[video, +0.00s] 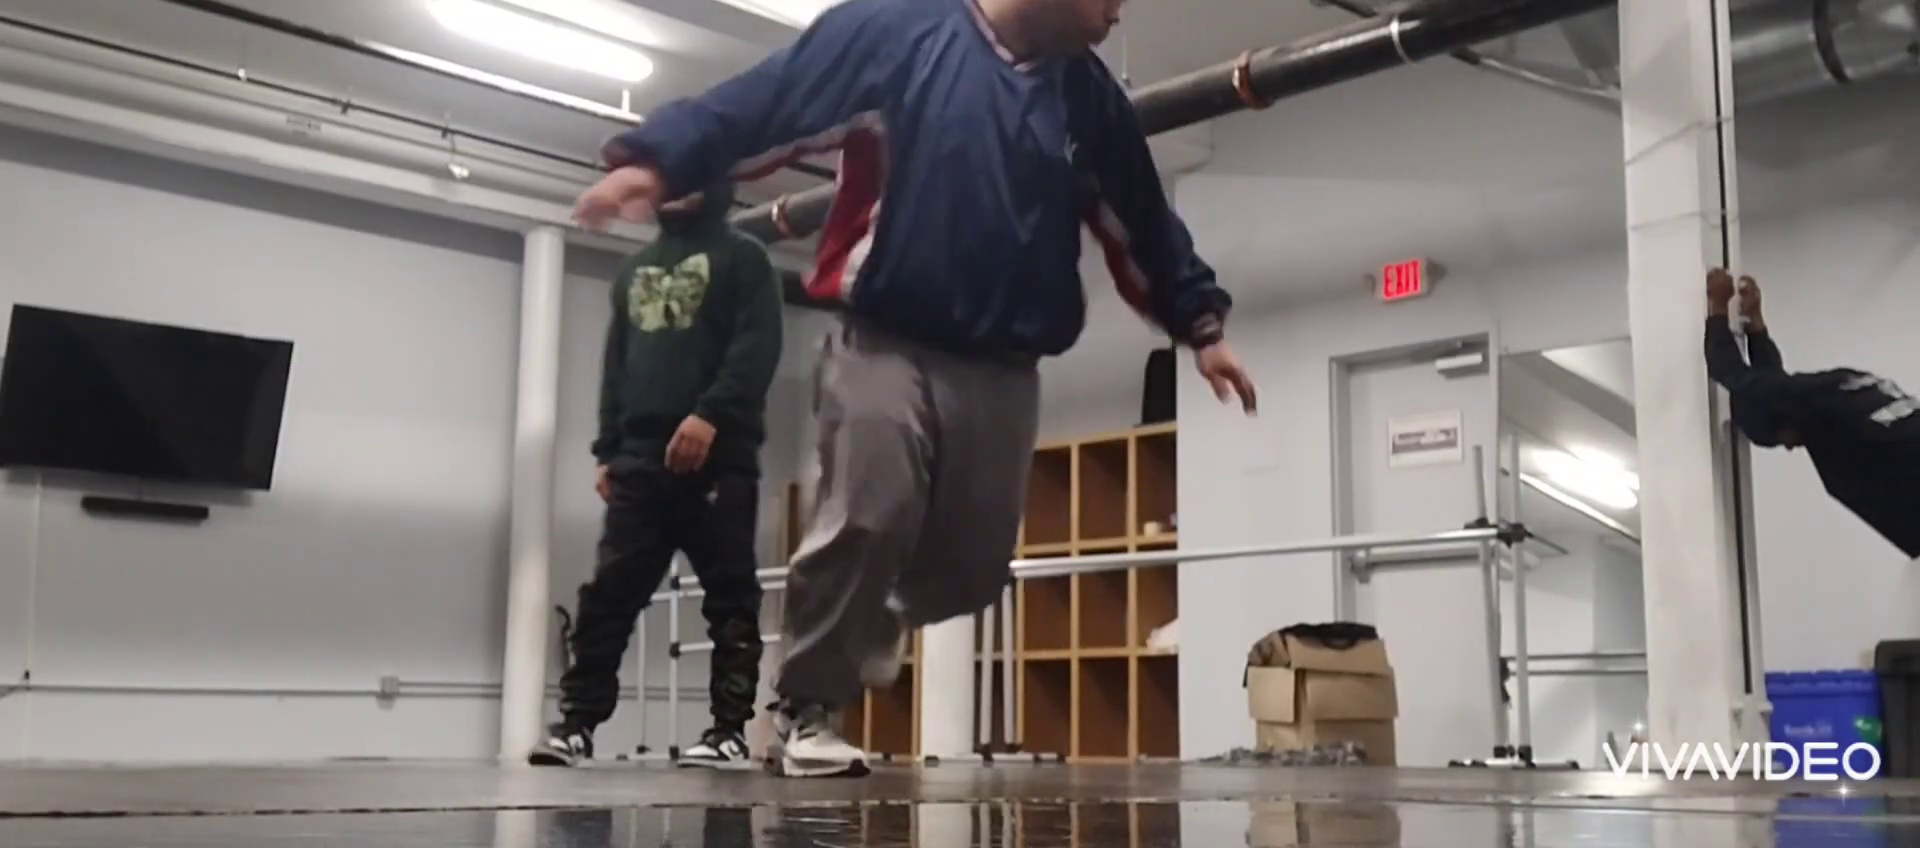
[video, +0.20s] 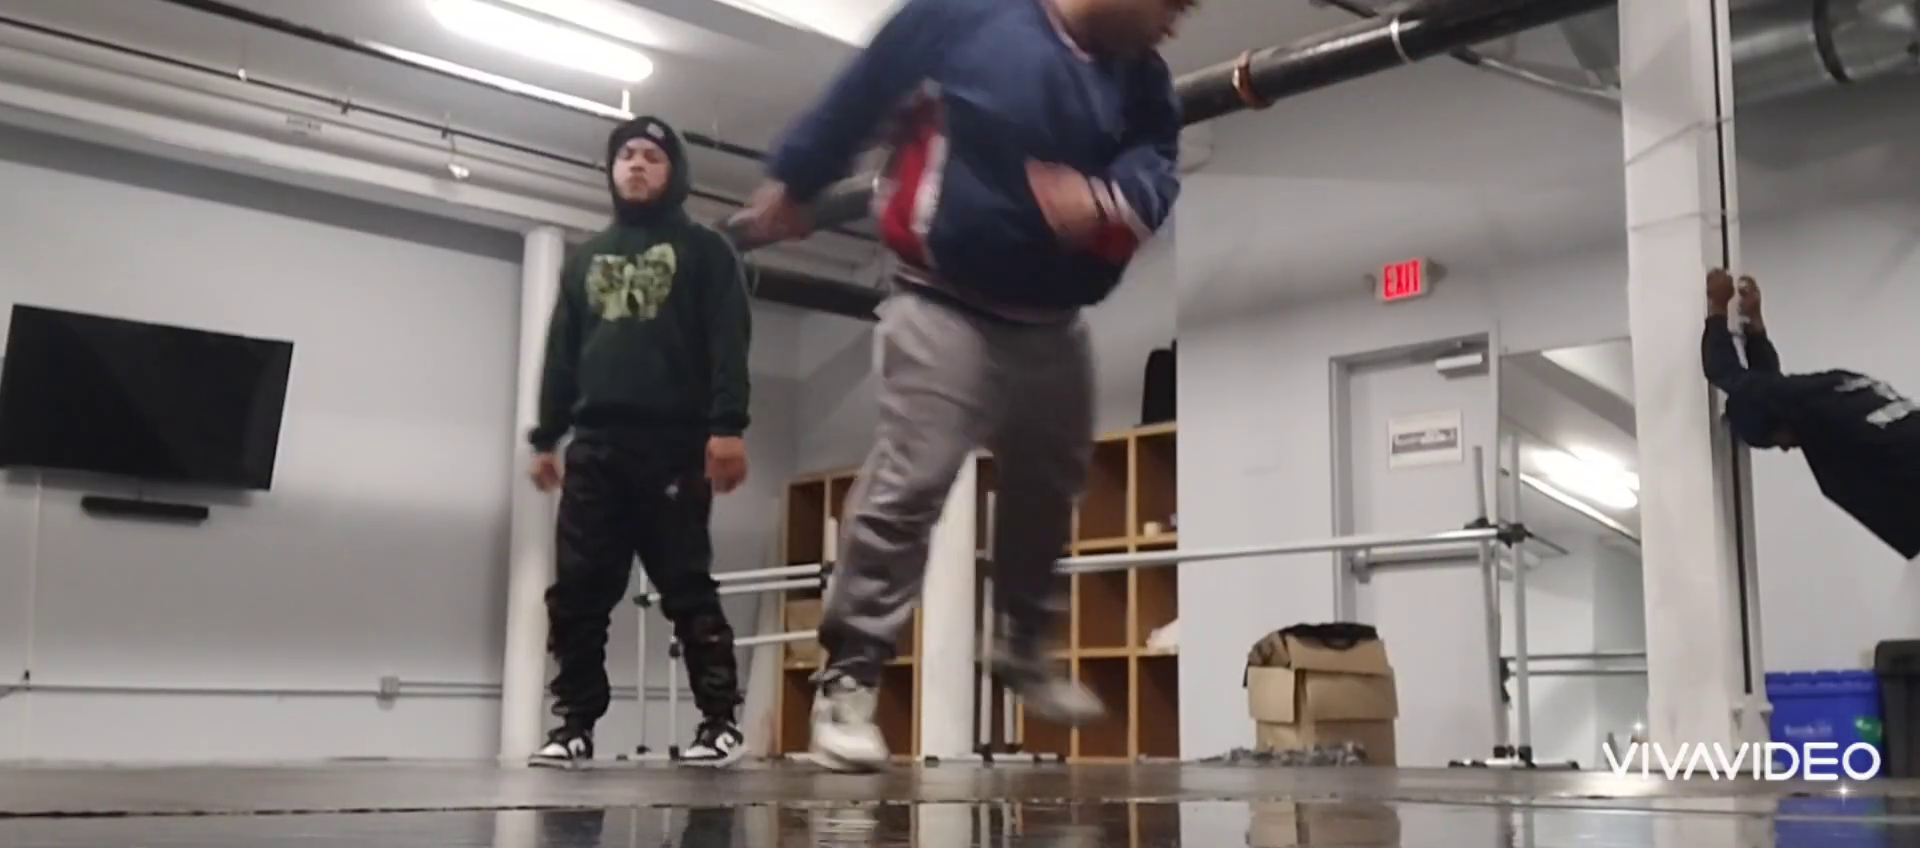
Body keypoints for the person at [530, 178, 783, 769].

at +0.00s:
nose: (673, 194)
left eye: (686, 180)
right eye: (664, 181)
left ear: (713, 184)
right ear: (649, 191)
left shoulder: (743, 256)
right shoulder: (635, 271)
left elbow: (757, 349)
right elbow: (616, 365)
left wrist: (708, 416)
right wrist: (609, 449)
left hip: (720, 459)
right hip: (642, 456)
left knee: (730, 594)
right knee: (610, 592)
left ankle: (728, 733)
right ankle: (576, 728)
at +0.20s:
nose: (638, 164)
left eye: (652, 157)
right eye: (627, 156)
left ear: (675, 175)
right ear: (612, 173)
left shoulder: (704, 248)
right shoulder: (589, 254)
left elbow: (729, 340)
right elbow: (563, 349)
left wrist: (727, 428)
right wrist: (547, 439)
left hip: (674, 444)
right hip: (595, 443)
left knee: (687, 589)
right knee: (577, 593)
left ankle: (719, 723)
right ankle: (575, 728)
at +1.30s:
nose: (725, 195)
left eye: (732, 186)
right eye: (712, 181)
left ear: (736, 198)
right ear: (679, 186)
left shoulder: (729, 275)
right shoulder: (644, 254)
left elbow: (747, 367)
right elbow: (628, 348)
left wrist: (764, 454)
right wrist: (643, 434)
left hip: (727, 452)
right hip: (669, 446)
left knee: (704, 593)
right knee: (643, 579)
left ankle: (683, 729)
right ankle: (592, 713)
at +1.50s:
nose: (756, 200)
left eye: (761, 190)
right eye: (744, 186)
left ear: (762, 199)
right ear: (709, 188)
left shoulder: (741, 271)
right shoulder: (681, 255)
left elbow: (751, 373)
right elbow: (670, 349)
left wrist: (777, 459)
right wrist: (679, 435)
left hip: (739, 447)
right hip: (700, 444)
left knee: (718, 581)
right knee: (704, 578)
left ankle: (692, 722)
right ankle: (681, 723)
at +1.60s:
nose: (772, 202)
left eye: (778, 192)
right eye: (760, 189)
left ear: (777, 201)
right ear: (725, 192)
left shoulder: (740, 264)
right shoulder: (702, 253)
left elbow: (753, 370)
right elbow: (693, 350)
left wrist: (770, 459)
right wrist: (708, 434)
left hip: (740, 448)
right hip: (711, 446)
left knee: (704, 586)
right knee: (739, 580)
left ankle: (683, 727)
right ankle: (750, 727)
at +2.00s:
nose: (835, 209)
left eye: (837, 197)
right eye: (823, 197)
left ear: (824, 202)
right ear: (789, 200)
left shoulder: (781, 261)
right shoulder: (786, 262)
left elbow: (791, 363)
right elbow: (793, 363)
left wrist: (809, 447)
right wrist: (807, 451)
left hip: (768, 451)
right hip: (785, 452)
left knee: (754, 592)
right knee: (809, 593)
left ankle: (692, 722)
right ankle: (816, 734)